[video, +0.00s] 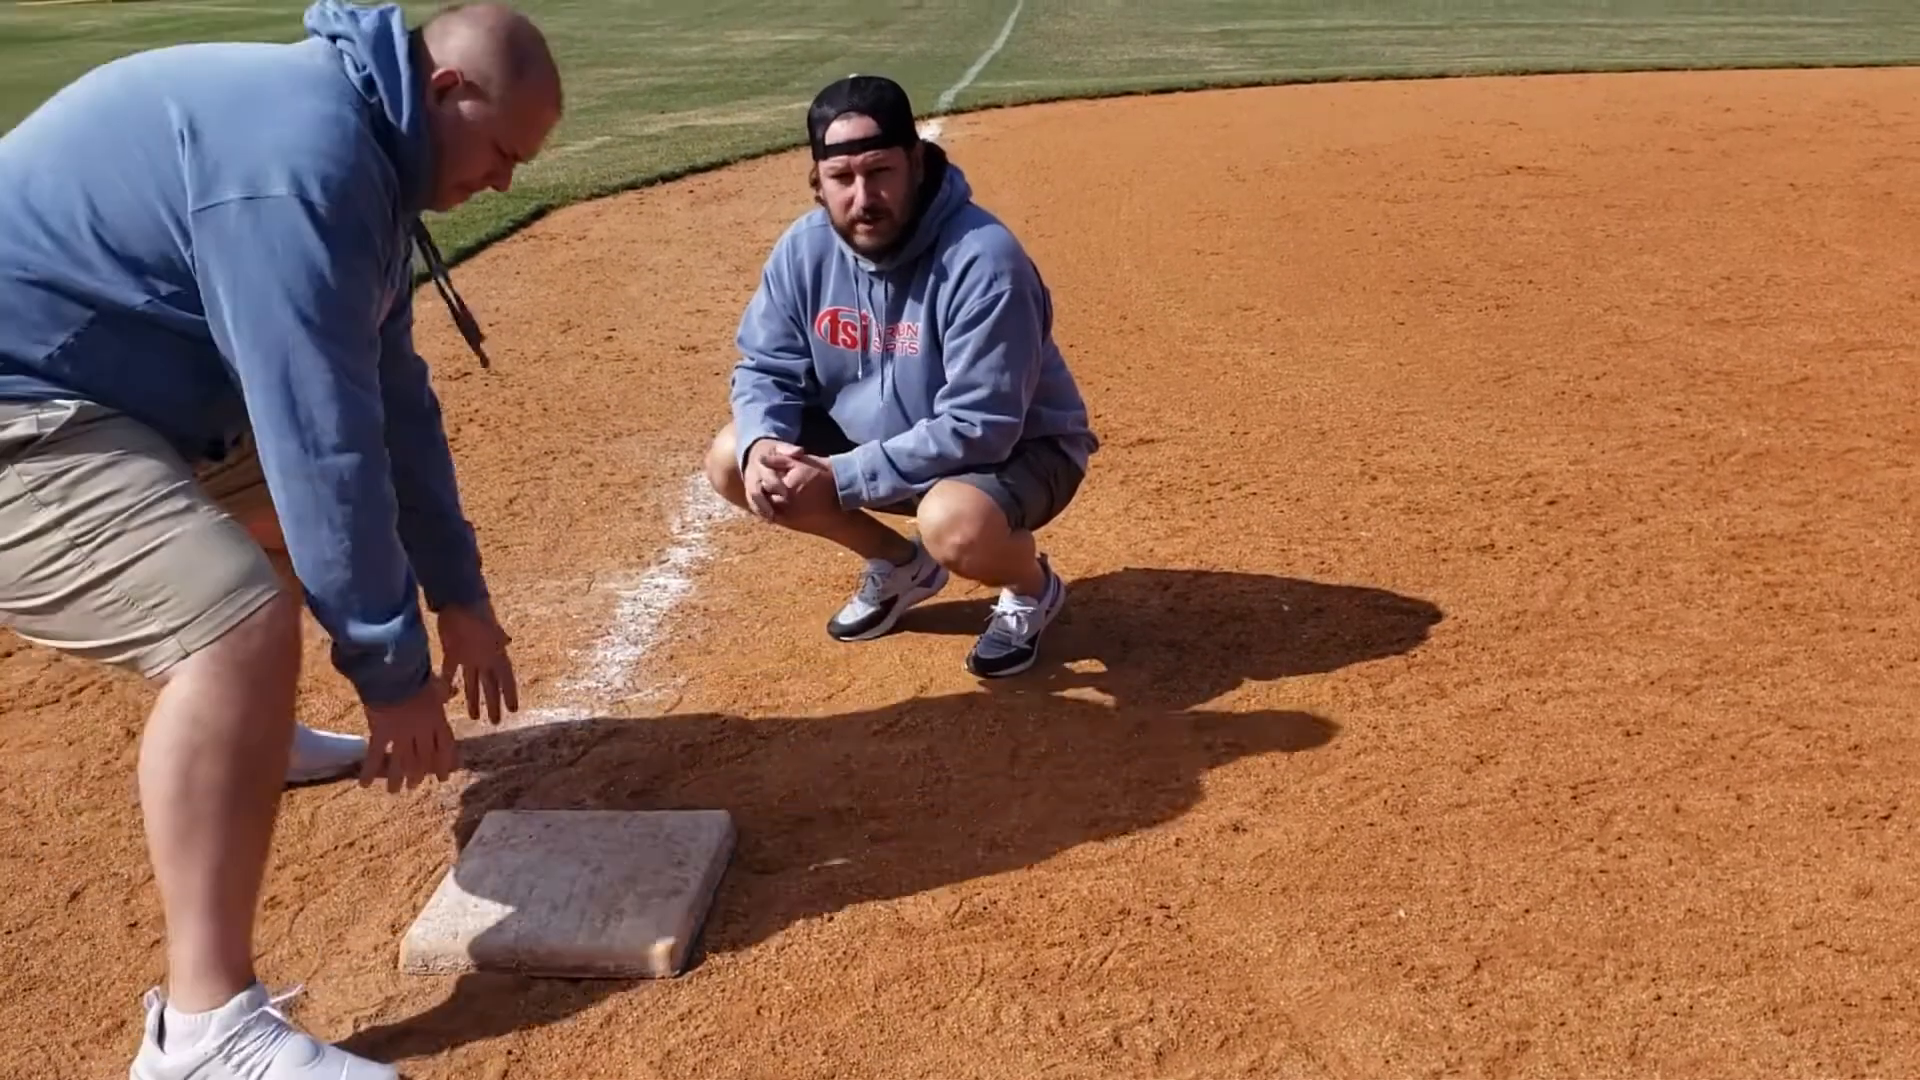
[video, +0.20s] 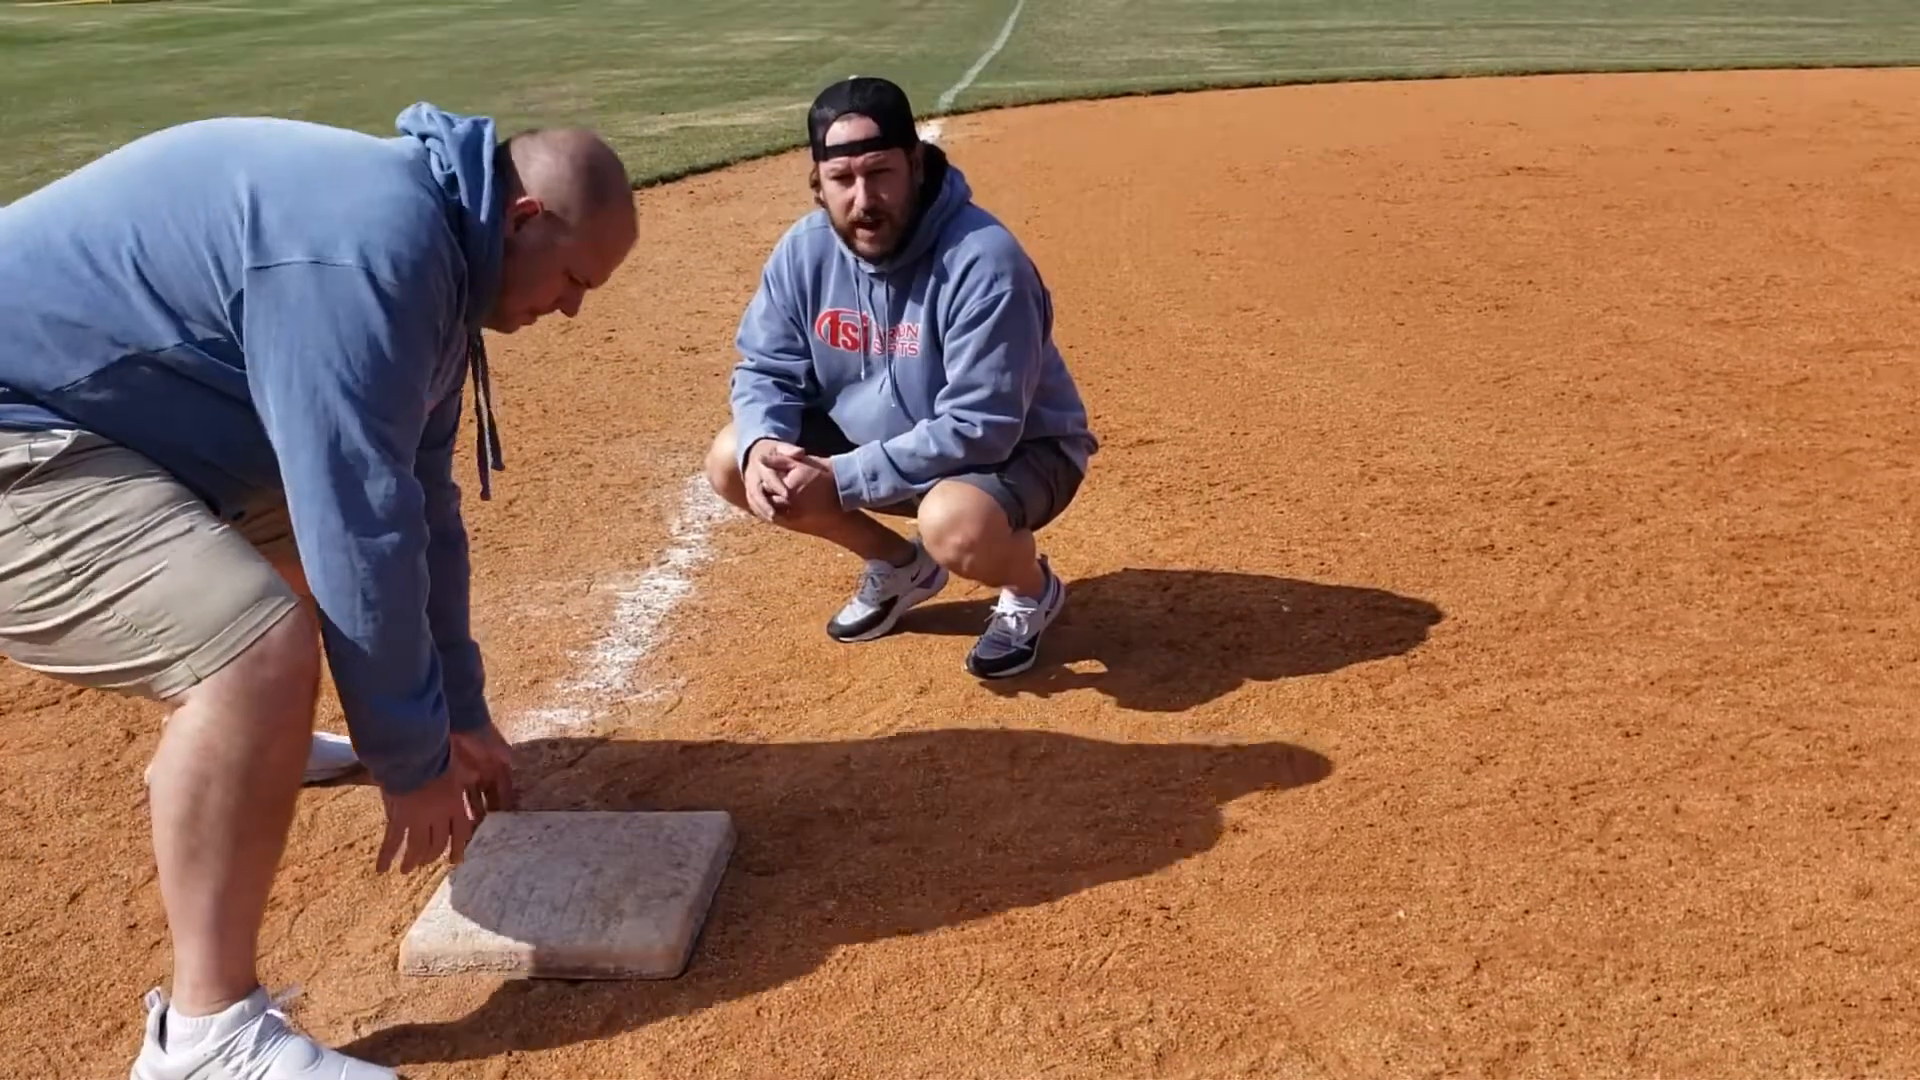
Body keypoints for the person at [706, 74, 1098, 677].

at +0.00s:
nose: (863, 198)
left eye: (880, 172)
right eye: (840, 177)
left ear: (918, 163)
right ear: (818, 181)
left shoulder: (984, 264)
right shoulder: (804, 250)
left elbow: (978, 430)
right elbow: (766, 367)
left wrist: (841, 479)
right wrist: (762, 443)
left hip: (1022, 448)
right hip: (885, 441)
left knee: (953, 523)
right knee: (734, 461)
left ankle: (1034, 589)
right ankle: (899, 563)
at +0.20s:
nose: (863, 200)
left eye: (880, 173)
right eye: (841, 178)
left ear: (918, 164)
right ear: (818, 182)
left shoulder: (984, 265)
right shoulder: (804, 251)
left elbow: (980, 429)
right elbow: (765, 368)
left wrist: (843, 481)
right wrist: (763, 442)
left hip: (1022, 449)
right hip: (884, 442)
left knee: (953, 525)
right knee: (735, 463)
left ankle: (1032, 590)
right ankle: (899, 563)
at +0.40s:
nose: (858, 202)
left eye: (876, 177)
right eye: (838, 180)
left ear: (917, 164)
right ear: (817, 179)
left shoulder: (985, 264)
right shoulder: (804, 251)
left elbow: (981, 428)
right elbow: (766, 367)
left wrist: (843, 480)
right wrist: (762, 441)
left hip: (1021, 448)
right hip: (882, 441)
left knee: (953, 525)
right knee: (735, 463)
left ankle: (1033, 590)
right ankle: (899, 563)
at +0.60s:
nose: (847, 214)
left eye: (866, 190)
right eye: (830, 192)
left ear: (912, 171)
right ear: (813, 184)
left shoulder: (984, 266)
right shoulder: (804, 251)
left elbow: (981, 429)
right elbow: (766, 367)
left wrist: (843, 481)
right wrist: (762, 442)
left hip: (1020, 450)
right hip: (882, 443)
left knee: (953, 525)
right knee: (735, 464)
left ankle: (1033, 591)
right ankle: (899, 563)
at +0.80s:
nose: (840, 223)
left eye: (861, 200)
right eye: (824, 199)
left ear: (909, 178)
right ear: (808, 187)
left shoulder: (983, 269)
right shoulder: (802, 254)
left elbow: (979, 432)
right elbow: (765, 370)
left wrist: (841, 482)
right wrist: (761, 445)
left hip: (1020, 452)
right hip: (883, 445)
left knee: (953, 527)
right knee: (735, 465)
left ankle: (1033, 593)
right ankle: (898, 565)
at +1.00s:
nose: (837, 226)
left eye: (857, 204)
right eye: (822, 204)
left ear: (907, 182)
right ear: (808, 191)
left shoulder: (983, 271)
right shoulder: (801, 255)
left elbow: (978, 434)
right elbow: (765, 370)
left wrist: (839, 483)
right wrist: (761, 446)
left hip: (1020, 453)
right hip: (882, 446)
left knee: (951, 527)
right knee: (734, 465)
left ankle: (1032, 593)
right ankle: (897, 565)